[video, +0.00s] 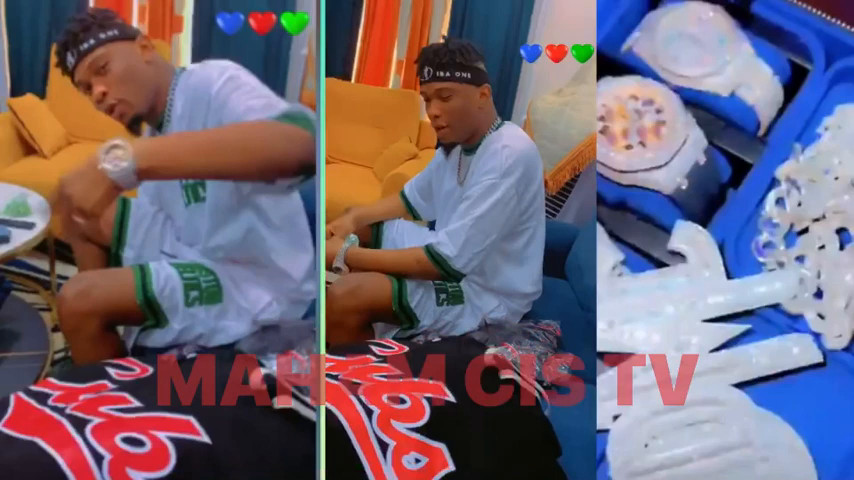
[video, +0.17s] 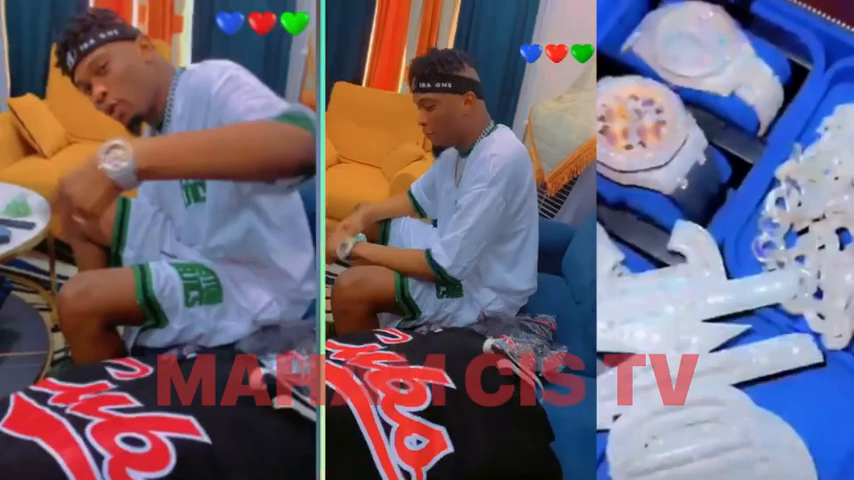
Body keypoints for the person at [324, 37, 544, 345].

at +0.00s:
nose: (432, 113)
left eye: (445, 97)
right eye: (427, 101)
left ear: (483, 95)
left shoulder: (510, 154)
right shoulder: (459, 144)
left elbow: (447, 262)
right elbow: (414, 200)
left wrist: (345, 254)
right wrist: (353, 219)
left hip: (487, 294)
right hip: (453, 257)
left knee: (343, 294)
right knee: (352, 225)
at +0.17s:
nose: (420, 120)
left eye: (429, 108)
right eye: (419, 109)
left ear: (467, 103)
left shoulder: (498, 160)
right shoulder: (465, 148)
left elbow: (445, 264)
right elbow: (418, 199)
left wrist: (357, 250)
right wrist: (364, 214)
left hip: (484, 294)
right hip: (459, 257)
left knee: (352, 287)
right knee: (366, 223)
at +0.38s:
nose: (406, 125)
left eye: (411, 113)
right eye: (404, 113)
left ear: (447, 106)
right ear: (447, 108)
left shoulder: (491, 155)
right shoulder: (458, 144)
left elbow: (431, 259)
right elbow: (416, 197)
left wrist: (348, 249)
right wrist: (361, 213)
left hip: (485, 291)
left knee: (353, 285)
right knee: (365, 220)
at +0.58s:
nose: (408, 124)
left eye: (411, 113)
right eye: (407, 113)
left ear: (443, 111)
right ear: (444, 111)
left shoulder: (495, 158)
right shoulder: (461, 143)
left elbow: (438, 261)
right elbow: (418, 200)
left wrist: (350, 241)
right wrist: (351, 198)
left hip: (490, 290)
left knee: (359, 284)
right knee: (371, 218)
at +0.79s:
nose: (425, 124)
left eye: (428, 115)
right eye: (424, 114)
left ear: (460, 116)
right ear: (462, 116)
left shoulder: (508, 163)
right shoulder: (478, 144)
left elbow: (448, 263)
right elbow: (425, 200)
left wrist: (358, 240)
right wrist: (349, 187)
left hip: (496, 292)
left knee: (366, 284)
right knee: (380, 214)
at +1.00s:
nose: (443, 123)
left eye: (449, 115)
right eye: (444, 113)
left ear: (488, 119)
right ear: (489, 120)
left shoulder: (529, 171)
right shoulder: (487, 147)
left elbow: (450, 265)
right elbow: (419, 191)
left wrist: (347, 245)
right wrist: (338, 192)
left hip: (499, 300)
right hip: (473, 257)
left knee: (360, 287)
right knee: (377, 217)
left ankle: (364, 385)